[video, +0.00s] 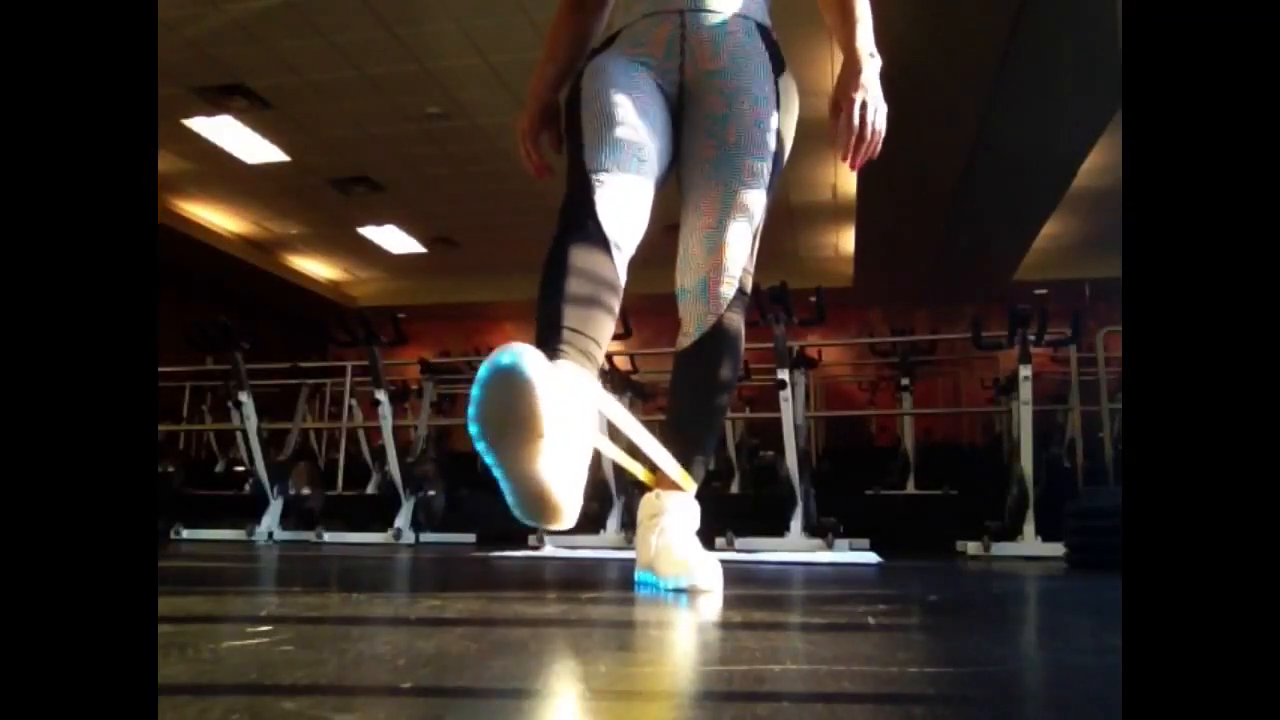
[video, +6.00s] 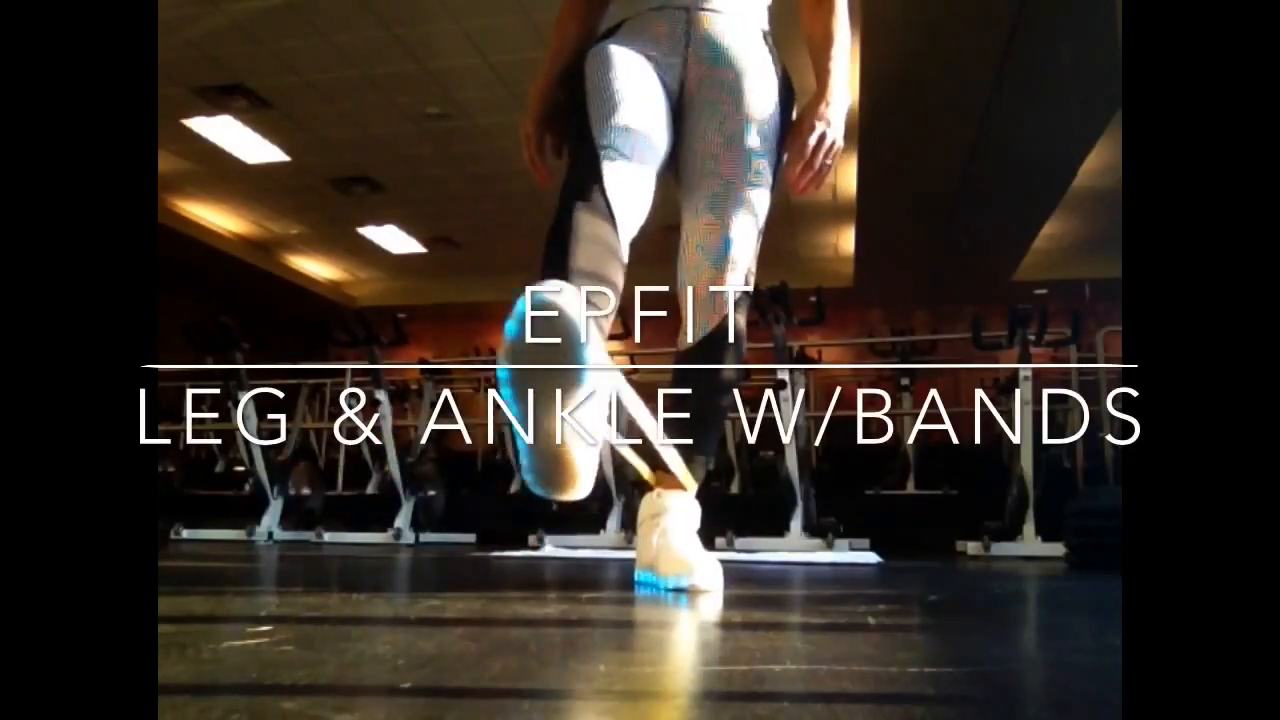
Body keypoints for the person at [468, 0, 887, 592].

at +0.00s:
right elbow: (586, 3)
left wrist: (860, 60)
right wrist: (544, 90)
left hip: (739, 24)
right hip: (628, 30)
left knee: (717, 276)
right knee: (604, 196)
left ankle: (671, 513)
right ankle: (561, 427)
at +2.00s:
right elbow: (589, 6)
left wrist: (864, 41)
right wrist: (555, 97)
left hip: (744, 30)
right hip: (630, 29)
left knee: (722, 279)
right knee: (612, 208)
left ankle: (673, 516)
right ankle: (577, 419)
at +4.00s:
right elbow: (596, 4)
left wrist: (857, 69)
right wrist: (548, 86)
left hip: (747, 28)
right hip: (634, 26)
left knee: (721, 272)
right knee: (599, 214)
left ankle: (674, 516)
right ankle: (543, 452)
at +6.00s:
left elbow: (825, 6)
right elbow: (588, 4)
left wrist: (833, 99)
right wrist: (549, 87)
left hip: (739, 27)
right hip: (629, 22)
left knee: (719, 271)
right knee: (608, 181)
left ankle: (673, 513)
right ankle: (568, 403)